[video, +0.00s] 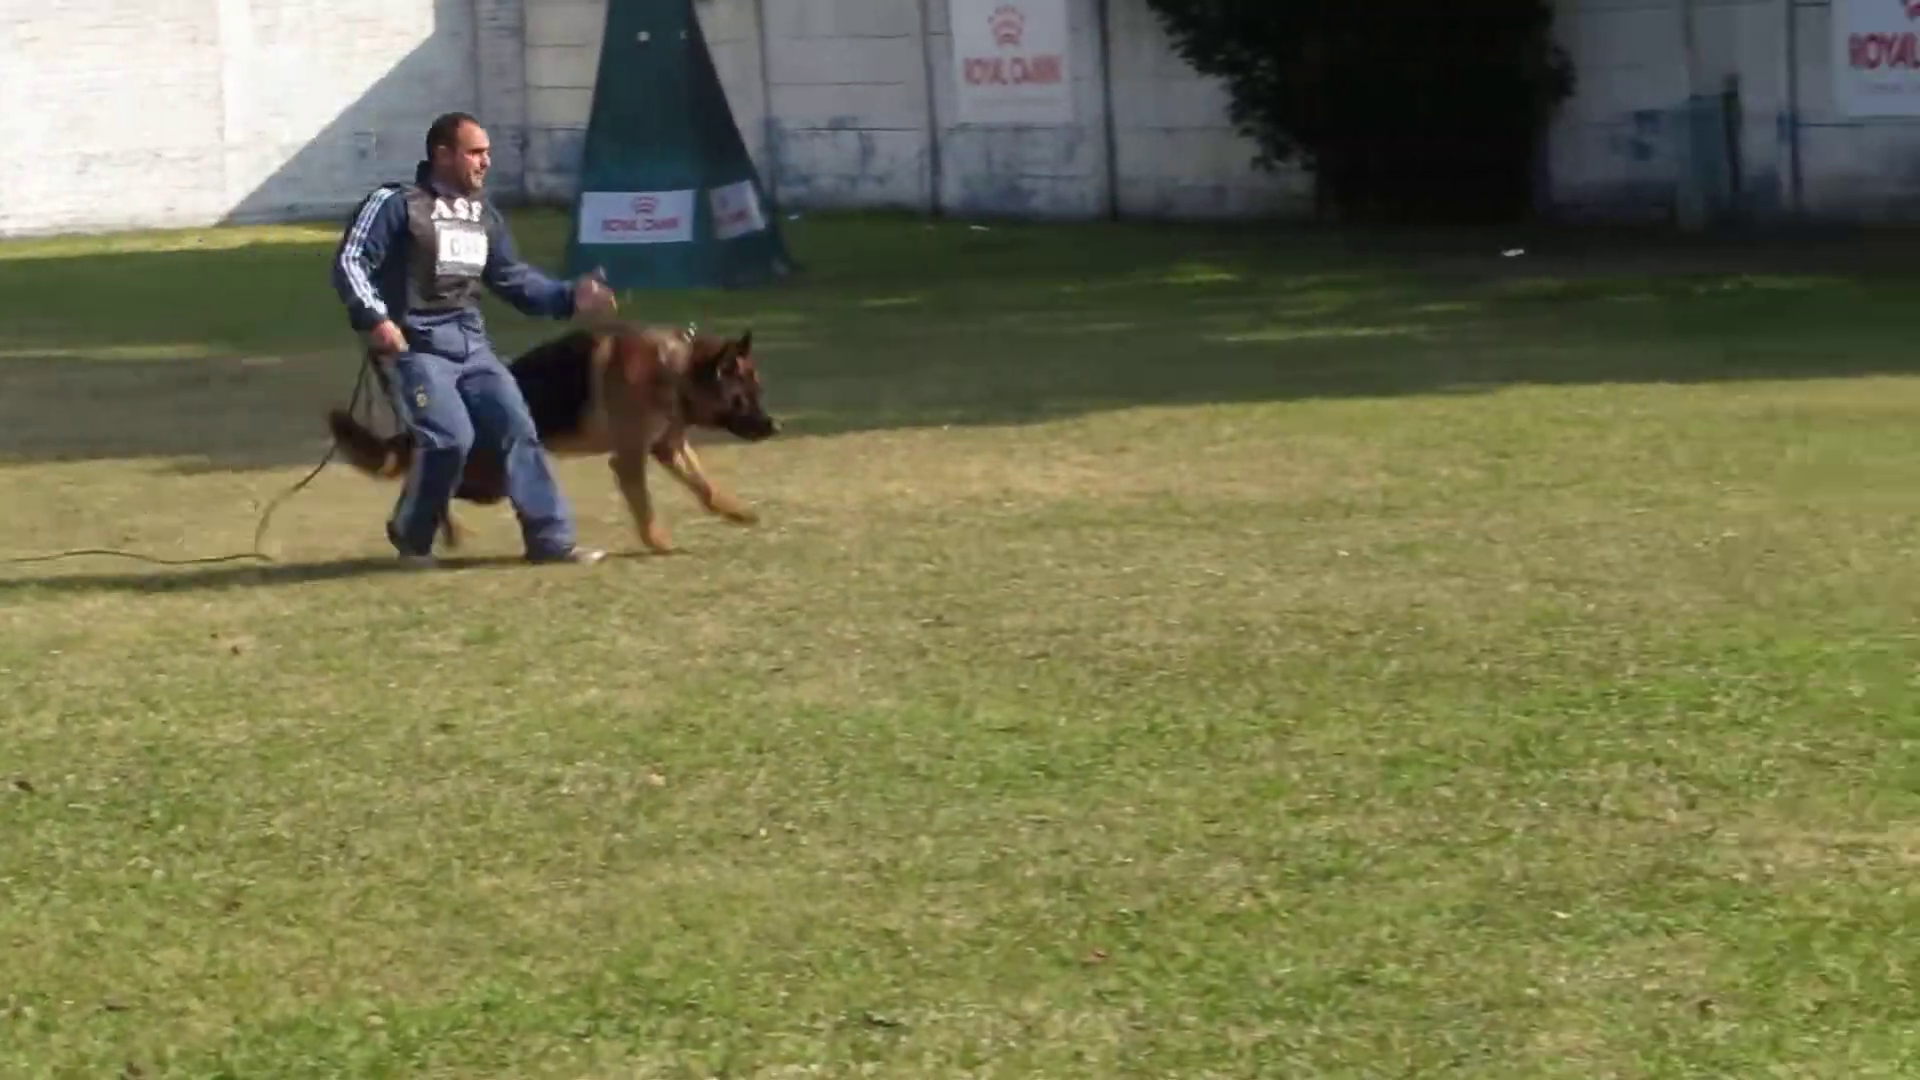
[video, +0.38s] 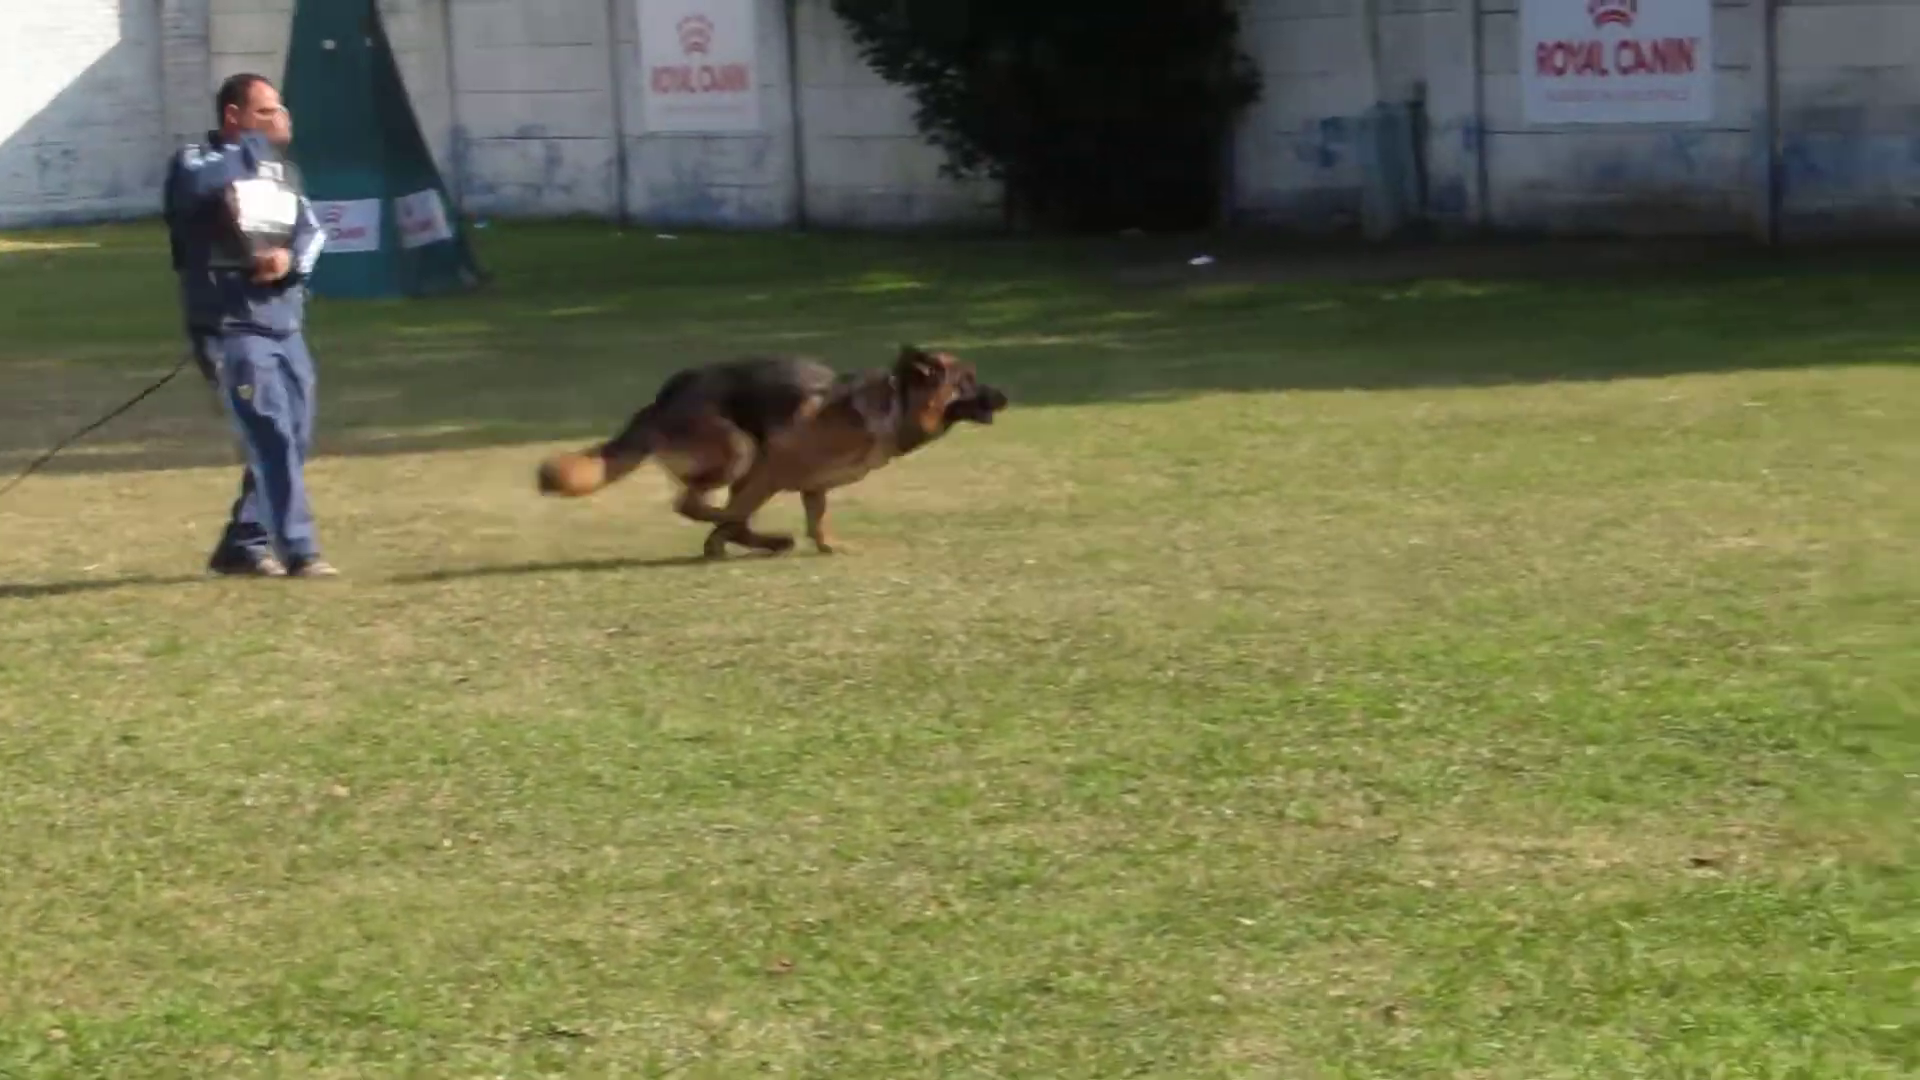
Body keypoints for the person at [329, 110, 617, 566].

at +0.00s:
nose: (485, 161)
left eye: (486, 152)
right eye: (475, 153)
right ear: (442, 155)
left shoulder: (482, 213)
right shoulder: (394, 203)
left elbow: (511, 279)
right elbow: (350, 263)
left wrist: (569, 297)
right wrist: (377, 320)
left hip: (471, 341)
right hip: (415, 344)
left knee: (518, 427)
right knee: (452, 437)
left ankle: (549, 541)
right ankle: (410, 537)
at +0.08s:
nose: (449, 164)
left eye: (451, 155)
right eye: (440, 154)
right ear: (405, 154)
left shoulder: (447, 211)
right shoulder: (359, 200)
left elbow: (490, 261)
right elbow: (324, 257)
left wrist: (528, 232)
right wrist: (383, 286)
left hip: (436, 339)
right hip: (378, 342)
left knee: (486, 423)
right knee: (418, 431)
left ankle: (481, 540)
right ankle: (374, 529)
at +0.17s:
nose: (405, 149)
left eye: (408, 140)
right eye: (397, 139)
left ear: (382, 142)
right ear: (363, 138)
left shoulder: (402, 196)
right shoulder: (314, 185)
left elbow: (430, 259)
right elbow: (304, 252)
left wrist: (456, 246)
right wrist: (371, 260)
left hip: (391, 327)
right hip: (334, 329)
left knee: (435, 415)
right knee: (390, 413)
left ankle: (417, 537)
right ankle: (374, 539)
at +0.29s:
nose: (335, 129)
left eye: (337, 120)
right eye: (326, 119)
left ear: (318, 121)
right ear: (293, 118)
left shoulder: (336, 174)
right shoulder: (247, 167)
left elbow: (366, 245)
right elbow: (264, 219)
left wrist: (344, 244)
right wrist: (333, 196)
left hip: (333, 320)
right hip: (279, 322)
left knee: (357, 428)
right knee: (332, 425)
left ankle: (316, 538)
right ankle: (362, 543)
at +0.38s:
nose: (281, 119)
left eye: (279, 109)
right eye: (267, 110)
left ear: (271, 115)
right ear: (233, 115)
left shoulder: (278, 170)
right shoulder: (194, 161)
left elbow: (312, 230)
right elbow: (195, 187)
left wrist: (290, 258)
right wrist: (255, 143)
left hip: (284, 322)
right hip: (234, 324)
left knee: (295, 432)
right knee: (274, 431)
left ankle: (244, 538)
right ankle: (300, 548)